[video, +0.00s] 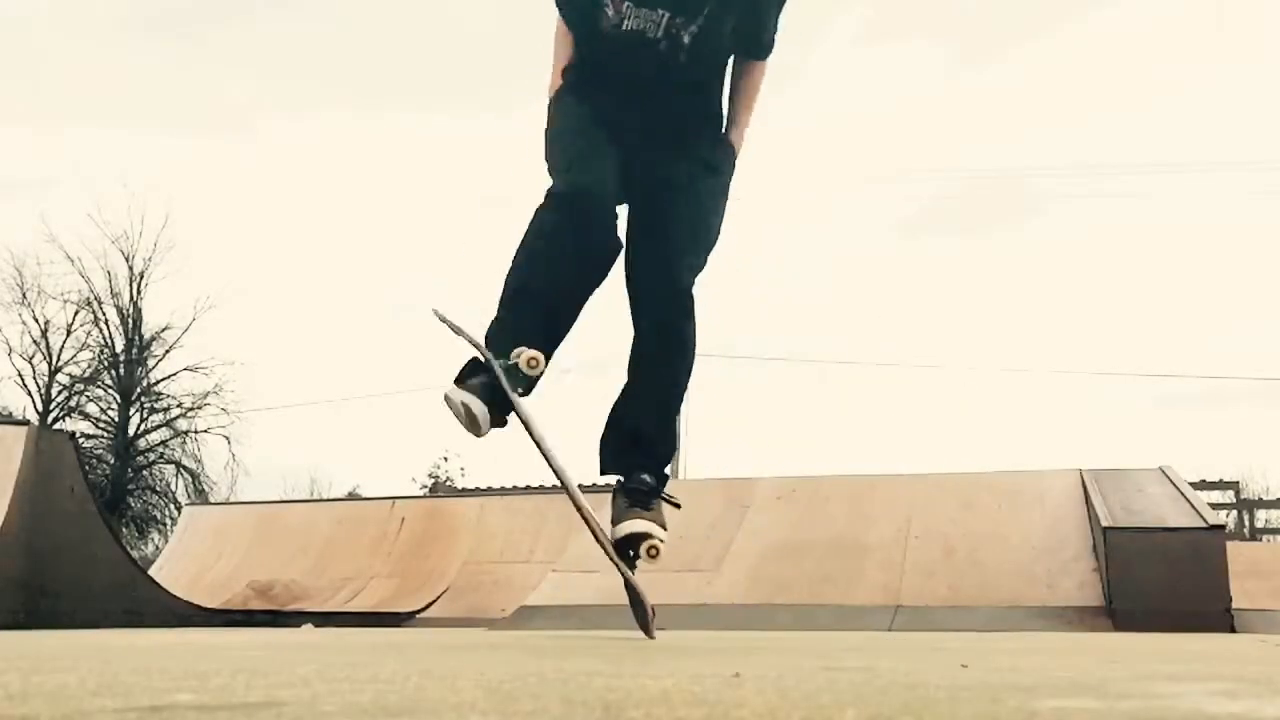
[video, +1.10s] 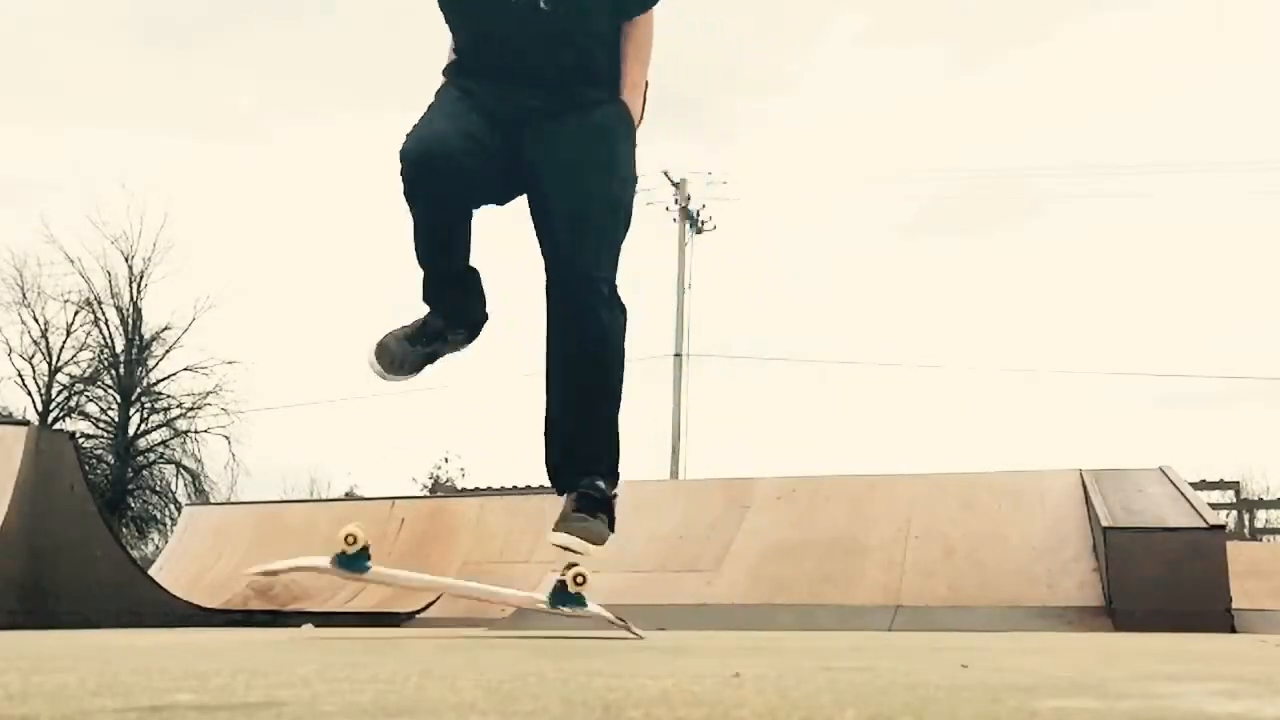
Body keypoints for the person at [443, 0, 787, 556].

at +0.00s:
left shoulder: (755, 6)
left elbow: (753, 49)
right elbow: (572, 16)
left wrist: (734, 137)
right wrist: (559, 90)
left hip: (688, 107)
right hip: (595, 89)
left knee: (666, 293)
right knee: (583, 208)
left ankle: (641, 481)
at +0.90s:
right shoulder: (515, 3)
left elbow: (701, 51)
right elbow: (522, 56)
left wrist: (689, 163)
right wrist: (518, 135)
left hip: (646, 124)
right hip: (551, 118)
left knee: (622, 320)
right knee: (519, 195)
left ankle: (610, 493)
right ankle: (477, 356)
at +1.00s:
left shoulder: (664, 8)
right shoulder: (495, 4)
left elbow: (673, 46)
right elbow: (499, 53)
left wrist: (663, 154)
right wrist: (489, 136)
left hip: (622, 128)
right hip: (523, 122)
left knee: (606, 318)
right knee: (480, 213)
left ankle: (599, 496)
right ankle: (459, 368)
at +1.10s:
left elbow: (637, 14)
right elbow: (464, 34)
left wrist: (625, 117)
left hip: (583, 100)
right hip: (481, 90)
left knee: (584, 290)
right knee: (429, 158)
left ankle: (589, 486)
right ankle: (454, 313)